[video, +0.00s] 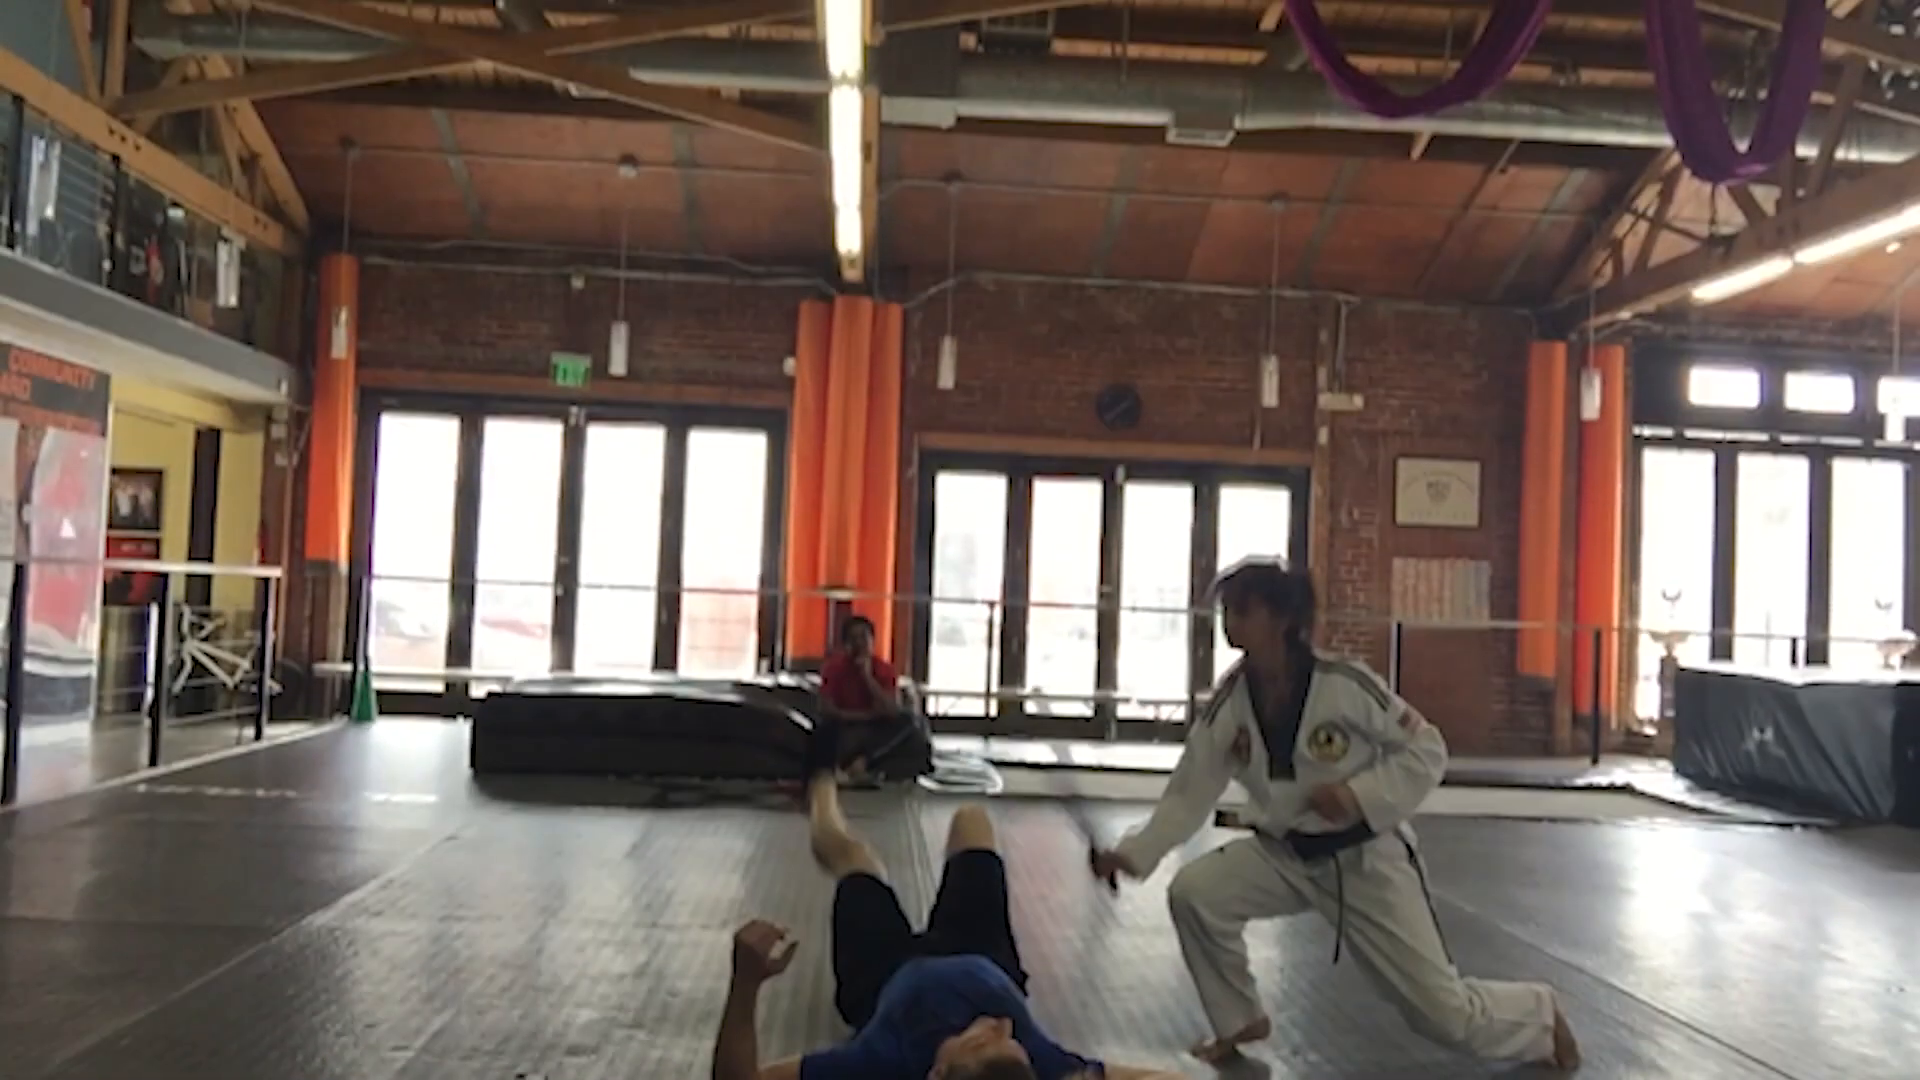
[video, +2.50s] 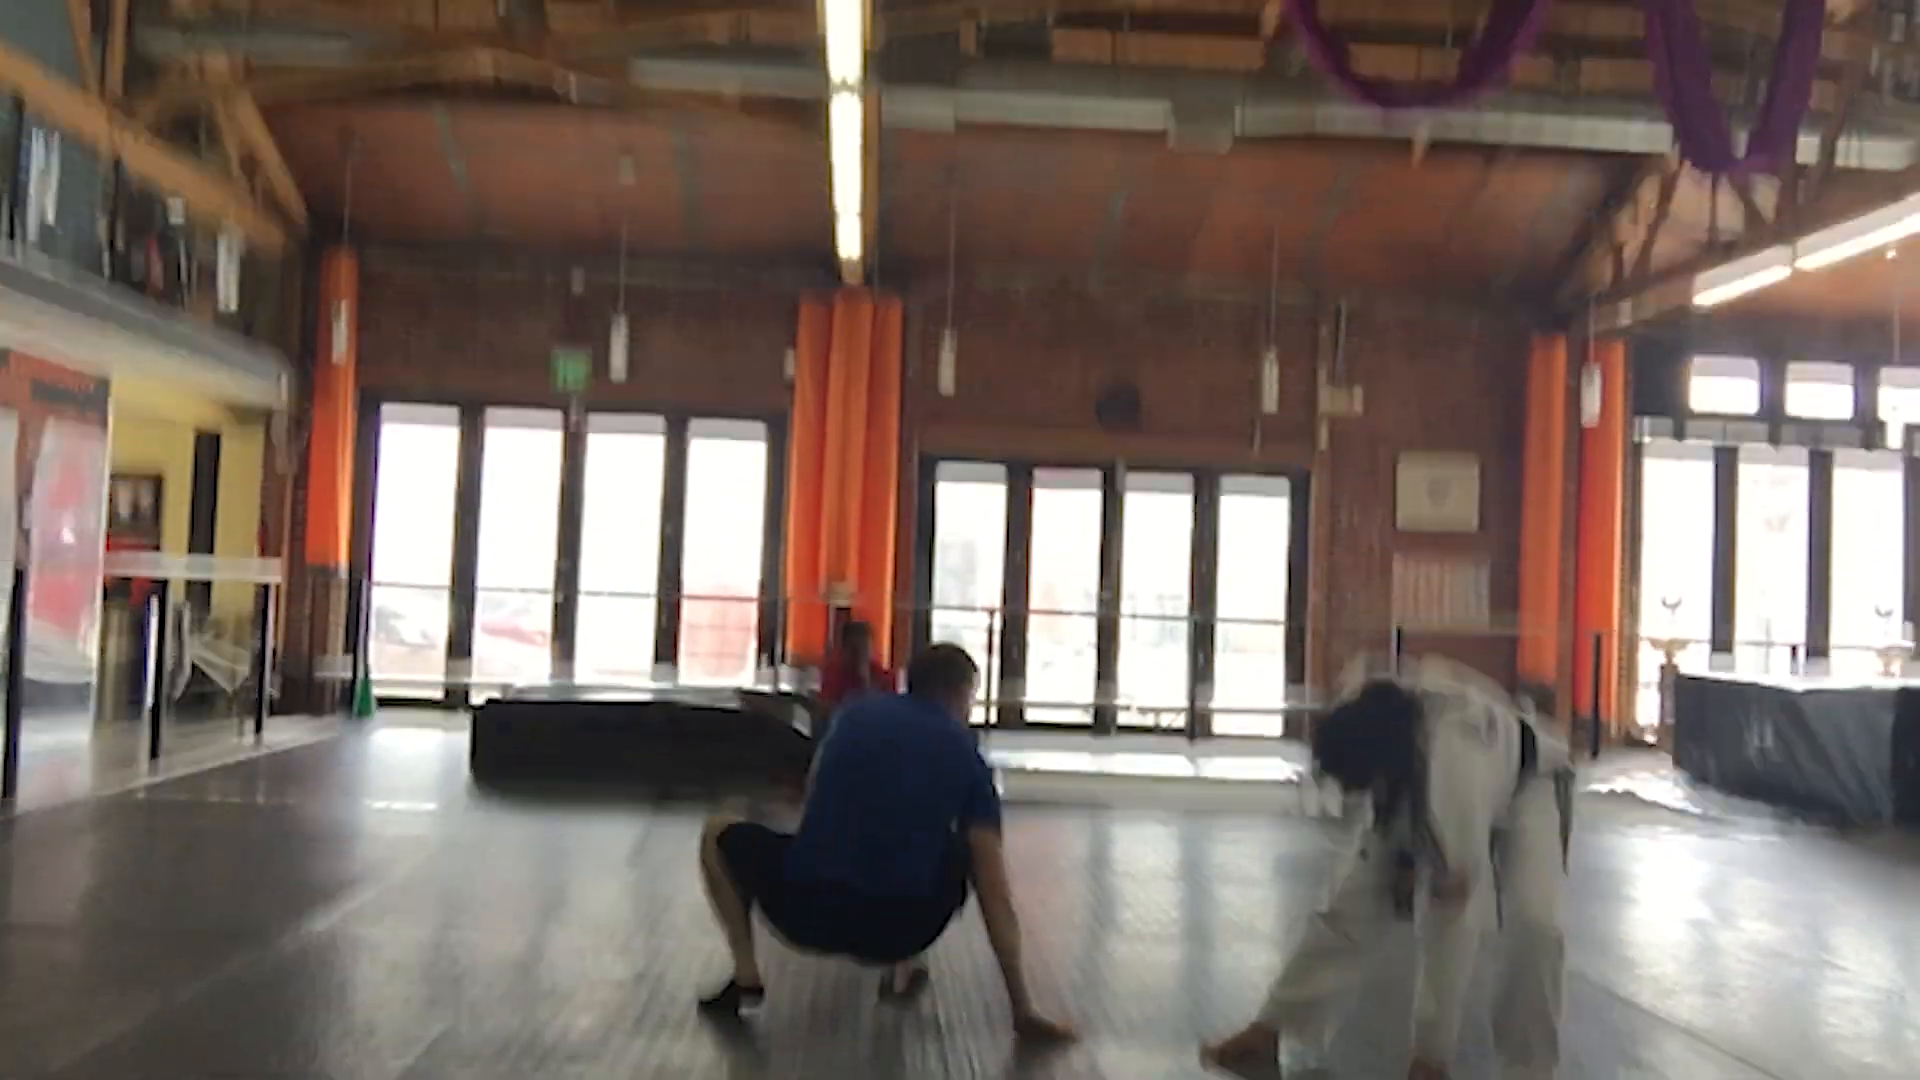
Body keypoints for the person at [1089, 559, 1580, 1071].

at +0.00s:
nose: (1229, 625)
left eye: (1242, 612)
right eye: (1227, 612)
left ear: (1285, 620)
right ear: (1231, 621)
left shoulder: (1346, 684)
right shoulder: (1229, 702)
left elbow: (1426, 751)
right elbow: (1190, 788)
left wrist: (1360, 795)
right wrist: (1131, 855)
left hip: (1368, 860)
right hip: (1283, 855)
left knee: (1443, 1016)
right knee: (1195, 892)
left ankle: (1540, 1013)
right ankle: (1241, 1019)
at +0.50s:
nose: (1244, 454)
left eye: (1257, 442)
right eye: (1245, 442)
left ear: (1296, 450)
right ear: (1270, 451)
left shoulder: (1313, 519)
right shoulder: (1267, 531)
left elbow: (1285, 618)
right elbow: (1278, 648)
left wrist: (1201, 588)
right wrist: (1211, 686)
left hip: (1351, 711)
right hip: (1283, 721)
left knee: (1425, 873)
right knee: (1239, 871)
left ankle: (1539, 1001)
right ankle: (1246, 1029)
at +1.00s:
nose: (1293, 444)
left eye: (1310, 433)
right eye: (1289, 431)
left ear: (1351, 445)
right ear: (1284, 438)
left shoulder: (1377, 517)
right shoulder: (1279, 518)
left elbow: (1428, 607)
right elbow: (1244, 611)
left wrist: (1339, 617)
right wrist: (1220, 695)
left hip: (1382, 703)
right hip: (1302, 711)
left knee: (1445, 863)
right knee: (1267, 870)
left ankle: (1548, 1002)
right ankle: (1252, 1027)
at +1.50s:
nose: (1391, 457)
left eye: (1408, 444)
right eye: (1383, 443)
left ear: (1437, 452)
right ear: (1371, 447)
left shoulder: (1470, 536)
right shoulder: (1347, 529)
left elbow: (1511, 627)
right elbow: (1309, 624)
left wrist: (1457, 634)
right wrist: (1292, 669)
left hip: (1447, 721)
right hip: (1351, 718)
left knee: (1491, 878)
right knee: (1302, 874)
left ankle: (1539, 1023)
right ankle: (1261, 1021)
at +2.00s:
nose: (1356, 505)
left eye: (1371, 491)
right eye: (1346, 490)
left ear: (1398, 483)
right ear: (1331, 482)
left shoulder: (1442, 558)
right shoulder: (1307, 550)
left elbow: (1479, 656)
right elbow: (1277, 636)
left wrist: (1445, 726)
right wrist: (1277, 709)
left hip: (1427, 728)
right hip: (1334, 727)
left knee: (1475, 878)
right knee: (1281, 876)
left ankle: (1540, 1021)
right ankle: (1257, 1022)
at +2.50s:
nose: (1353, 792)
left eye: (1361, 782)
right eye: (1346, 781)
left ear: (1390, 759)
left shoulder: (1449, 749)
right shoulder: (1367, 714)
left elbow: (1453, 913)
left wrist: (1431, 1056)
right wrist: (1413, 852)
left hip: (1522, 778)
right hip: (1422, 781)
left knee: (1536, 923)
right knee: (1347, 911)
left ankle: (1527, 1069)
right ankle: (1266, 1033)